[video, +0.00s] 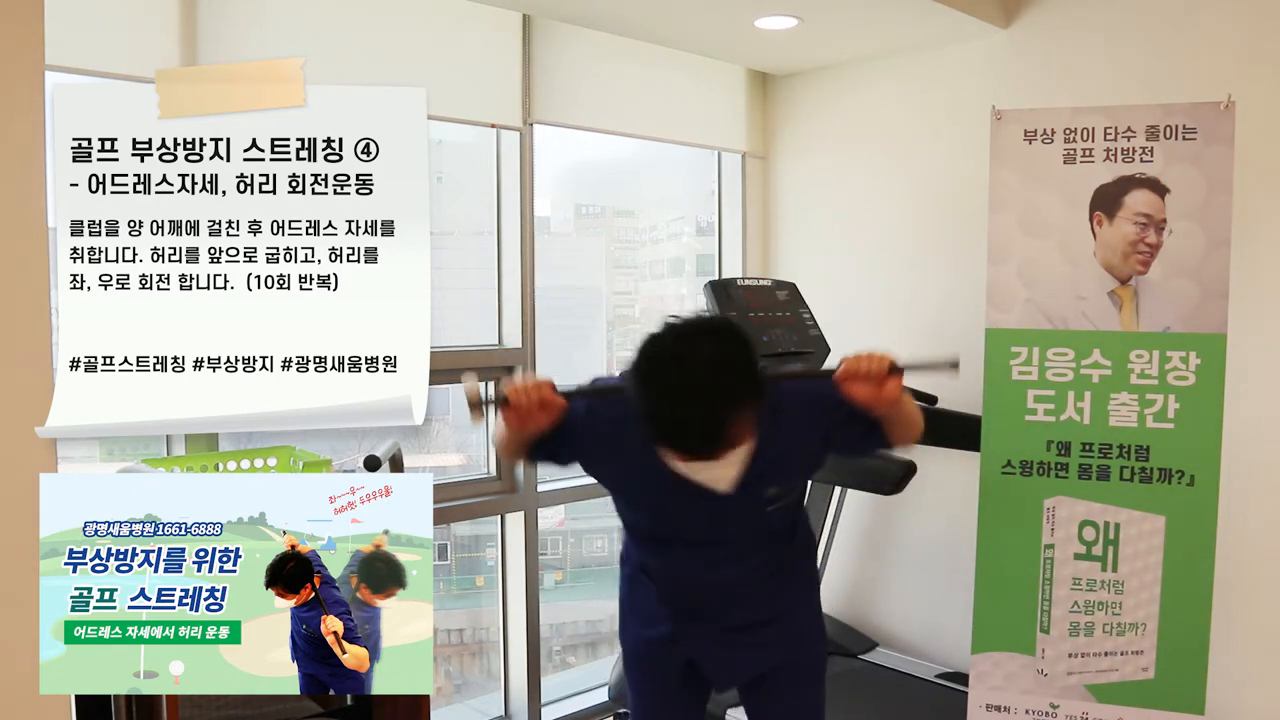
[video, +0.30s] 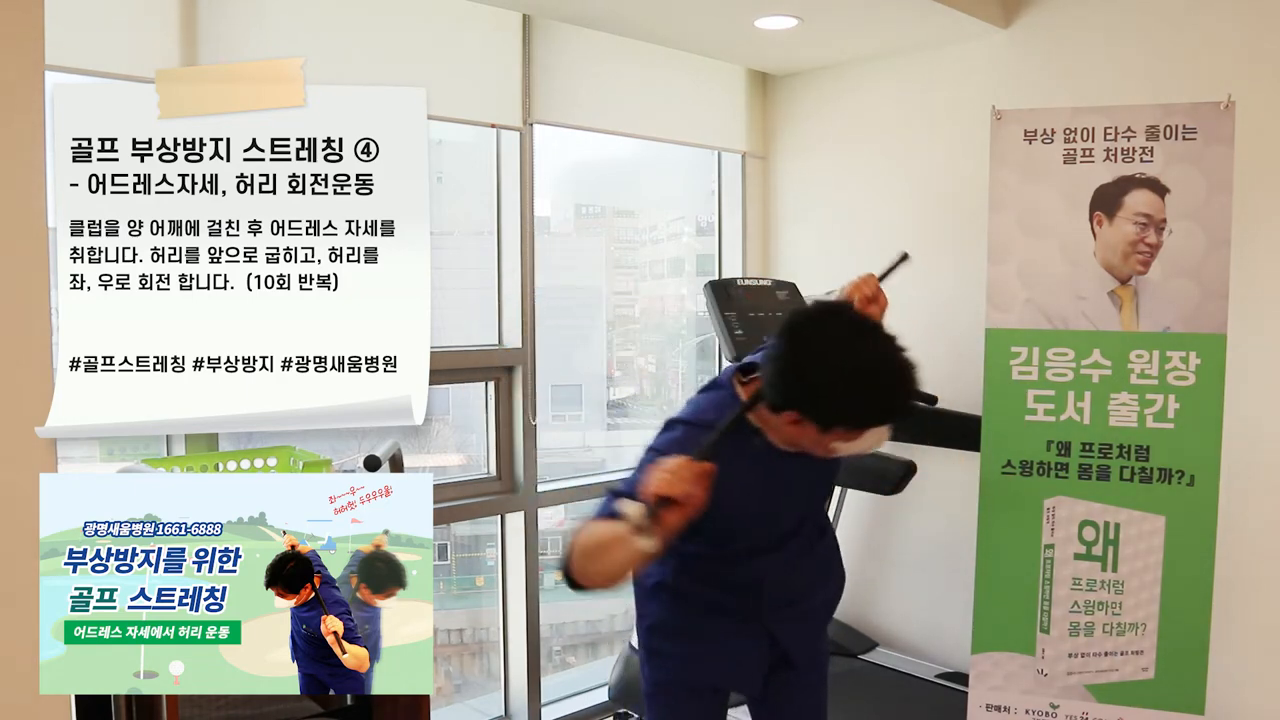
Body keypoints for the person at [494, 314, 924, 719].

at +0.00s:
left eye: (733, 441)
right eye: (690, 456)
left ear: (750, 409)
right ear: (658, 428)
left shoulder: (801, 409)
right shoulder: (608, 420)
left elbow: (907, 435)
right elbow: (510, 450)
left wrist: (889, 405)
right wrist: (521, 422)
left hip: (780, 624)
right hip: (664, 631)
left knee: (794, 711)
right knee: (659, 711)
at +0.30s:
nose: (843, 451)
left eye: (854, 440)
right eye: (839, 442)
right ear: (793, 422)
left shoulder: (806, 367)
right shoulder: (700, 434)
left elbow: (815, 343)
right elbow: (582, 568)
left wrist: (851, 315)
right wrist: (650, 530)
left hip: (795, 617)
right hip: (690, 629)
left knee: (800, 709)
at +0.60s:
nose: (918, 414)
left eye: (923, 405)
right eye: (918, 407)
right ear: (878, 411)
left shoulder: (789, 344)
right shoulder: (758, 465)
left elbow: (766, 309)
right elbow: (721, 622)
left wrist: (809, 289)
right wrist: (802, 552)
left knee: (796, 709)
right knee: (696, 708)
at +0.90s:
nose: (930, 403)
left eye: (938, 394)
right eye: (935, 394)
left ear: (859, 335)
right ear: (910, 402)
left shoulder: (787, 342)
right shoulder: (807, 476)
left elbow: (733, 311)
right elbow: (793, 629)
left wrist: (791, 285)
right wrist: (871, 543)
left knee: (795, 709)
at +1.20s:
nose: (936, 403)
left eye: (944, 393)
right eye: (941, 394)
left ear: (863, 337)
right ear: (912, 402)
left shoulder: (793, 342)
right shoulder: (805, 473)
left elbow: (745, 311)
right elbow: (788, 624)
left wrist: (801, 287)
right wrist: (864, 540)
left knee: (798, 709)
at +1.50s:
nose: (894, 430)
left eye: (904, 423)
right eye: (895, 419)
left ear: (854, 388)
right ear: (853, 392)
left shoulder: (851, 401)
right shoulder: (745, 411)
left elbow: (923, 427)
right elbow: (624, 531)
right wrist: (711, 476)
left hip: (796, 630)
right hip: (694, 637)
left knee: (801, 711)